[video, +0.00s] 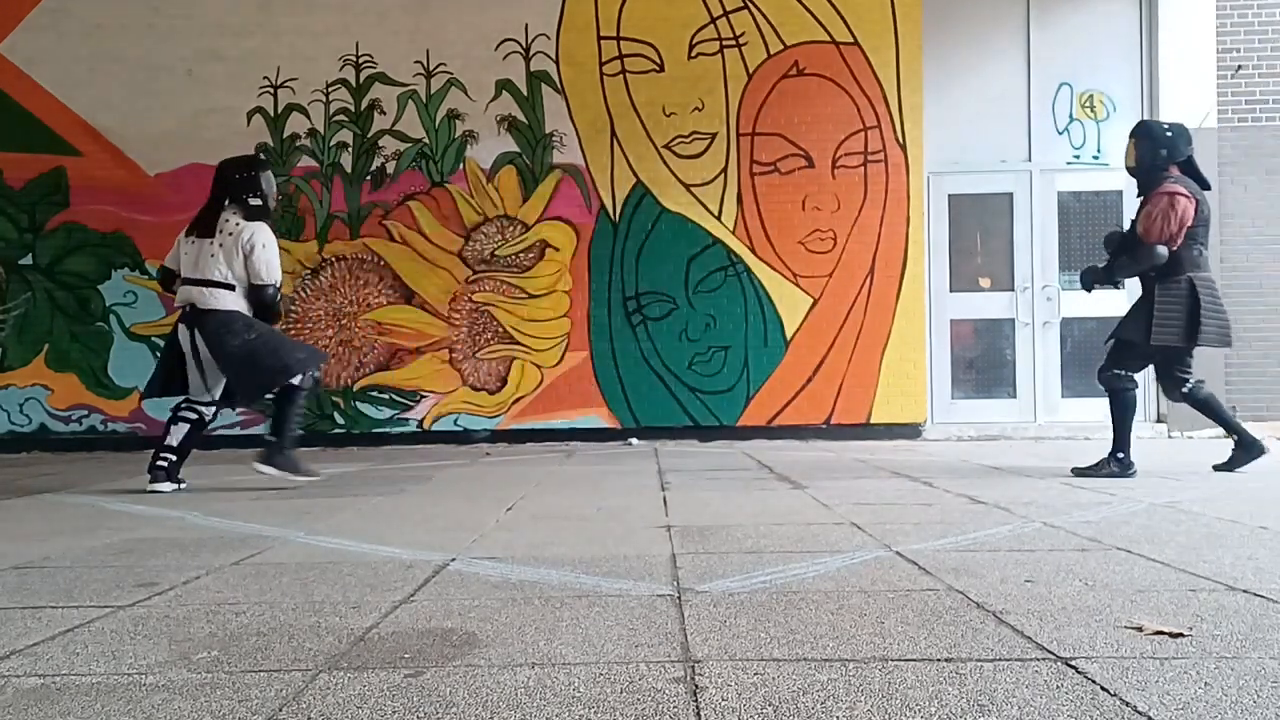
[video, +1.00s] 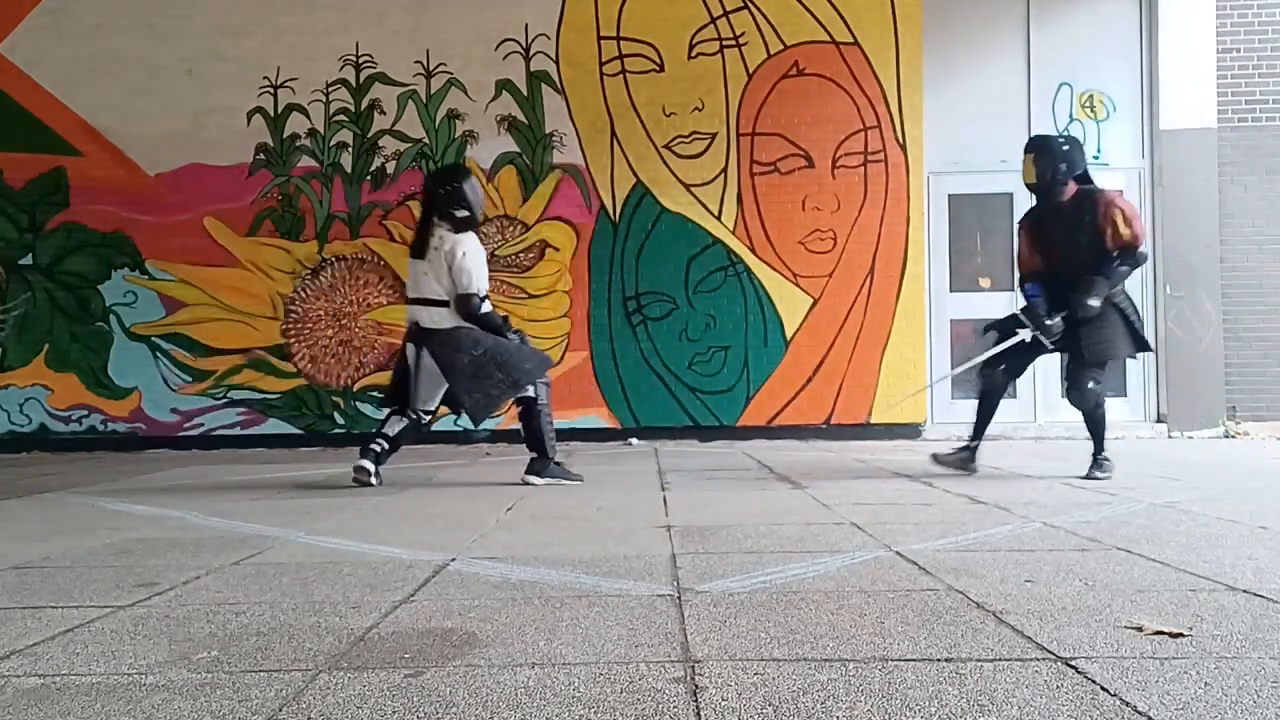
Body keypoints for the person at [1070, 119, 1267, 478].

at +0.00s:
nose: (1130, 156)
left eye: (1136, 149)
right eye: (1131, 148)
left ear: (1158, 154)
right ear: (1166, 155)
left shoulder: (1169, 195)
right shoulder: (1176, 189)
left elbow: (1152, 254)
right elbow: (1162, 244)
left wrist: (1105, 272)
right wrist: (1126, 242)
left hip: (1168, 297)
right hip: (1180, 296)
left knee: (1116, 373)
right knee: (1177, 383)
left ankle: (1120, 459)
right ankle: (1246, 442)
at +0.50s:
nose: (1104, 166)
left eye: (1110, 158)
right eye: (1104, 158)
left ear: (1135, 161)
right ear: (1139, 162)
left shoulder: (1151, 203)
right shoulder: (1140, 198)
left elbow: (1135, 264)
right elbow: (1131, 250)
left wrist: (1085, 280)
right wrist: (1101, 252)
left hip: (1158, 299)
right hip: (1160, 298)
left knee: (1106, 365)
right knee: (1170, 386)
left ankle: (1116, 455)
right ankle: (1222, 452)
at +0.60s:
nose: (1093, 166)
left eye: (1100, 158)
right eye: (1094, 158)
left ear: (1125, 162)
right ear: (1125, 164)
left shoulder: (1146, 206)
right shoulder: (1121, 202)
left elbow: (1132, 265)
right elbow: (1113, 259)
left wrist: (1074, 280)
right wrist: (1080, 260)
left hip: (1152, 303)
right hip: (1145, 302)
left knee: (1102, 369)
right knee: (1167, 385)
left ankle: (1114, 458)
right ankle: (1222, 452)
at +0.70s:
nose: (1081, 166)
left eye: (1088, 158)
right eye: (1081, 158)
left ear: (1113, 162)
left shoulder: (1139, 202)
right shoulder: (1100, 208)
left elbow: (1139, 265)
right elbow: (1086, 265)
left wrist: (1082, 283)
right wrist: (1047, 270)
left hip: (1137, 299)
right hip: (1120, 299)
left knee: (1090, 375)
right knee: (1140, 390)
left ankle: (1114, 459)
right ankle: (1209, 440)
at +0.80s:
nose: (1068, 167)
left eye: (1075, 159)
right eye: (1067, 159)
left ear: (1099, 160)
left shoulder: (1132, 200)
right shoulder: (1075, 211)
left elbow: (1148, 257)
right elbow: (1063, 260)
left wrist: (1102, 281)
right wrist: (1046, 288)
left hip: (1123, 299)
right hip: (1090, 302)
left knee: (1089, 378)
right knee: (1077, 383)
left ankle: (1115, 459)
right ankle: (1150, 421)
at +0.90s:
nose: (1048, 170)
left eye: (1055, 162)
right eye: (1048, 162)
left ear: (1079, 164)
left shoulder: (1121, 201)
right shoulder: (1053, 219)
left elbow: (1146, 252)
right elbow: (1050, 271)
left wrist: (1107, 287)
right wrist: (1049, 303)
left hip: (1110, 304)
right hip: (1071, 307)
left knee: (1089, 383)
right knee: (1018, 366)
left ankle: (1112, 459)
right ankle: (1053, 434)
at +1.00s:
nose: (1033, 177)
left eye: (1040, 168)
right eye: (1031, 169)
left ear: (1065, 169)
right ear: (1033, 172)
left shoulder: (1107, 206)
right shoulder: (1032, 223)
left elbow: (1134, 253)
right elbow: (1031, 277)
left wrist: (1098, 289)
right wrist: (1039, 312)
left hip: (1095, 308)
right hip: (1051, 309)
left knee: (1083, 386)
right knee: (996, 369)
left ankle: (1100, 457)